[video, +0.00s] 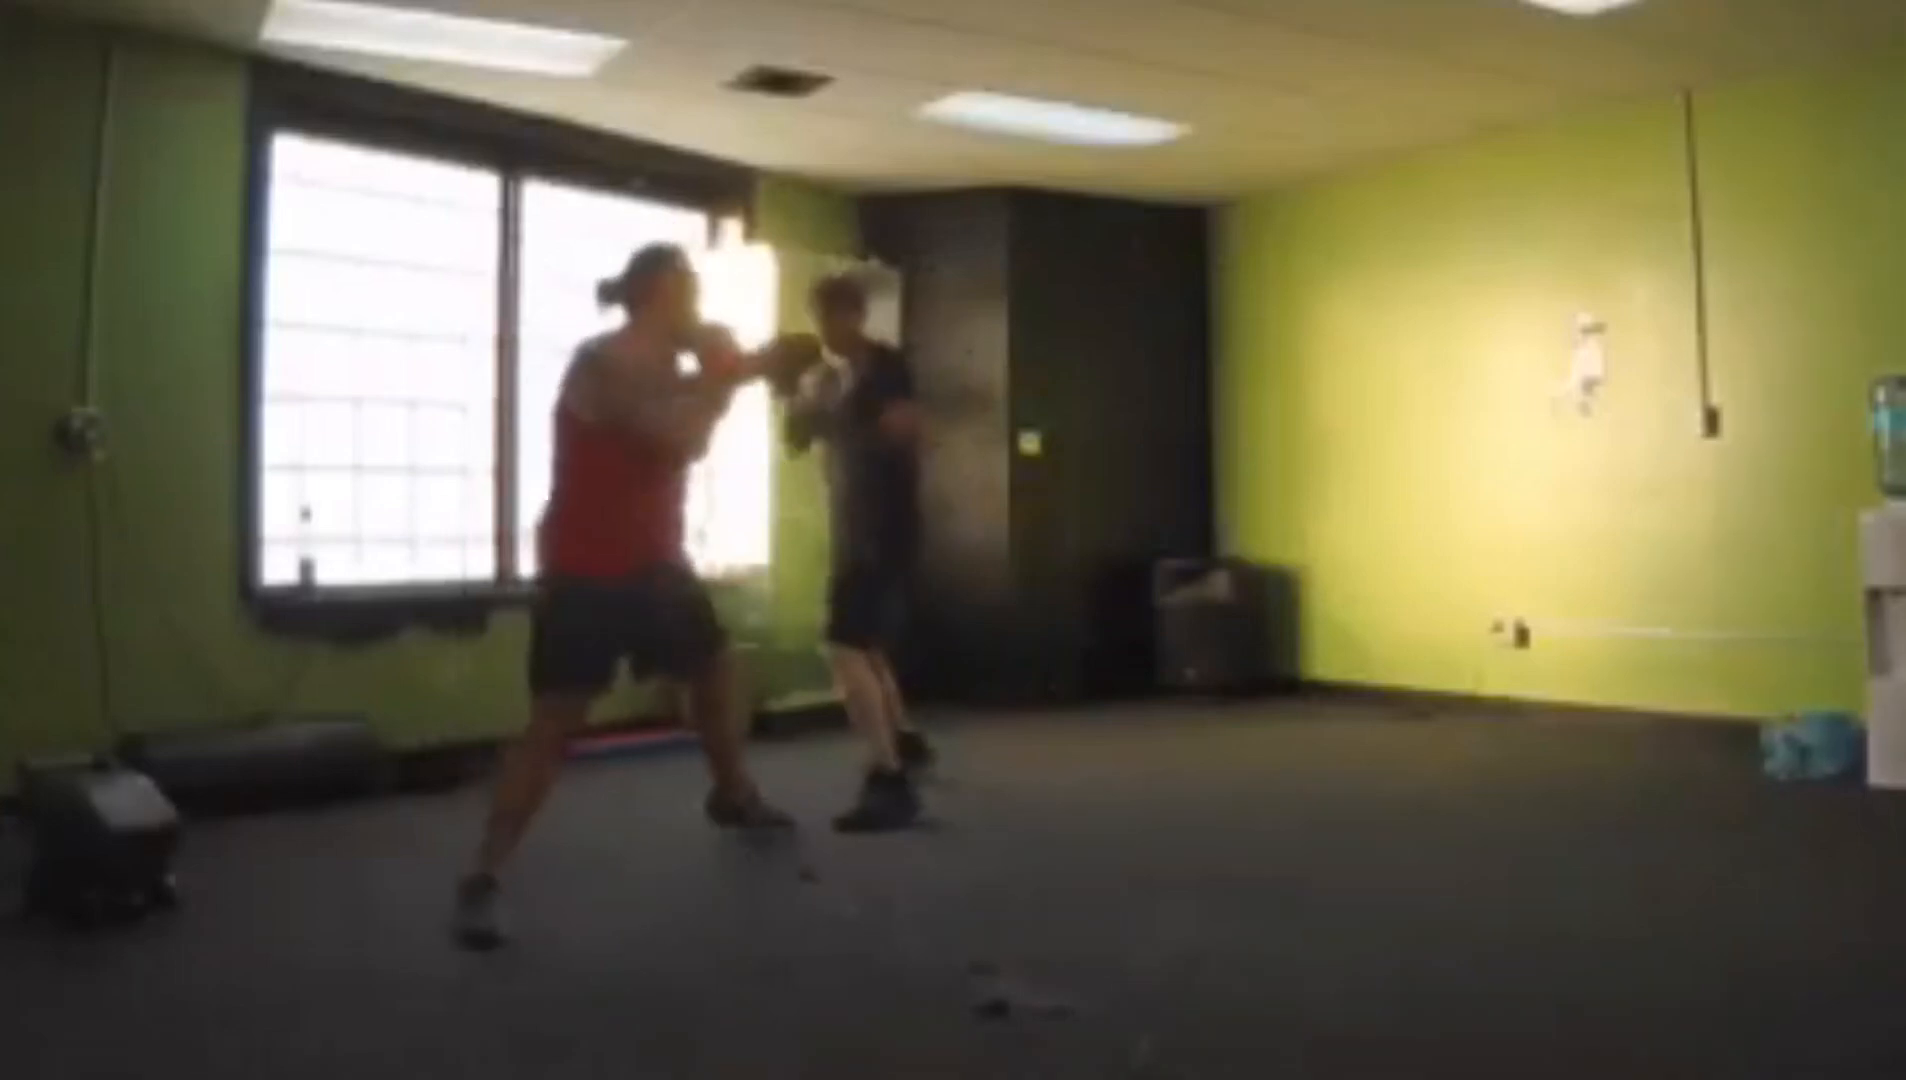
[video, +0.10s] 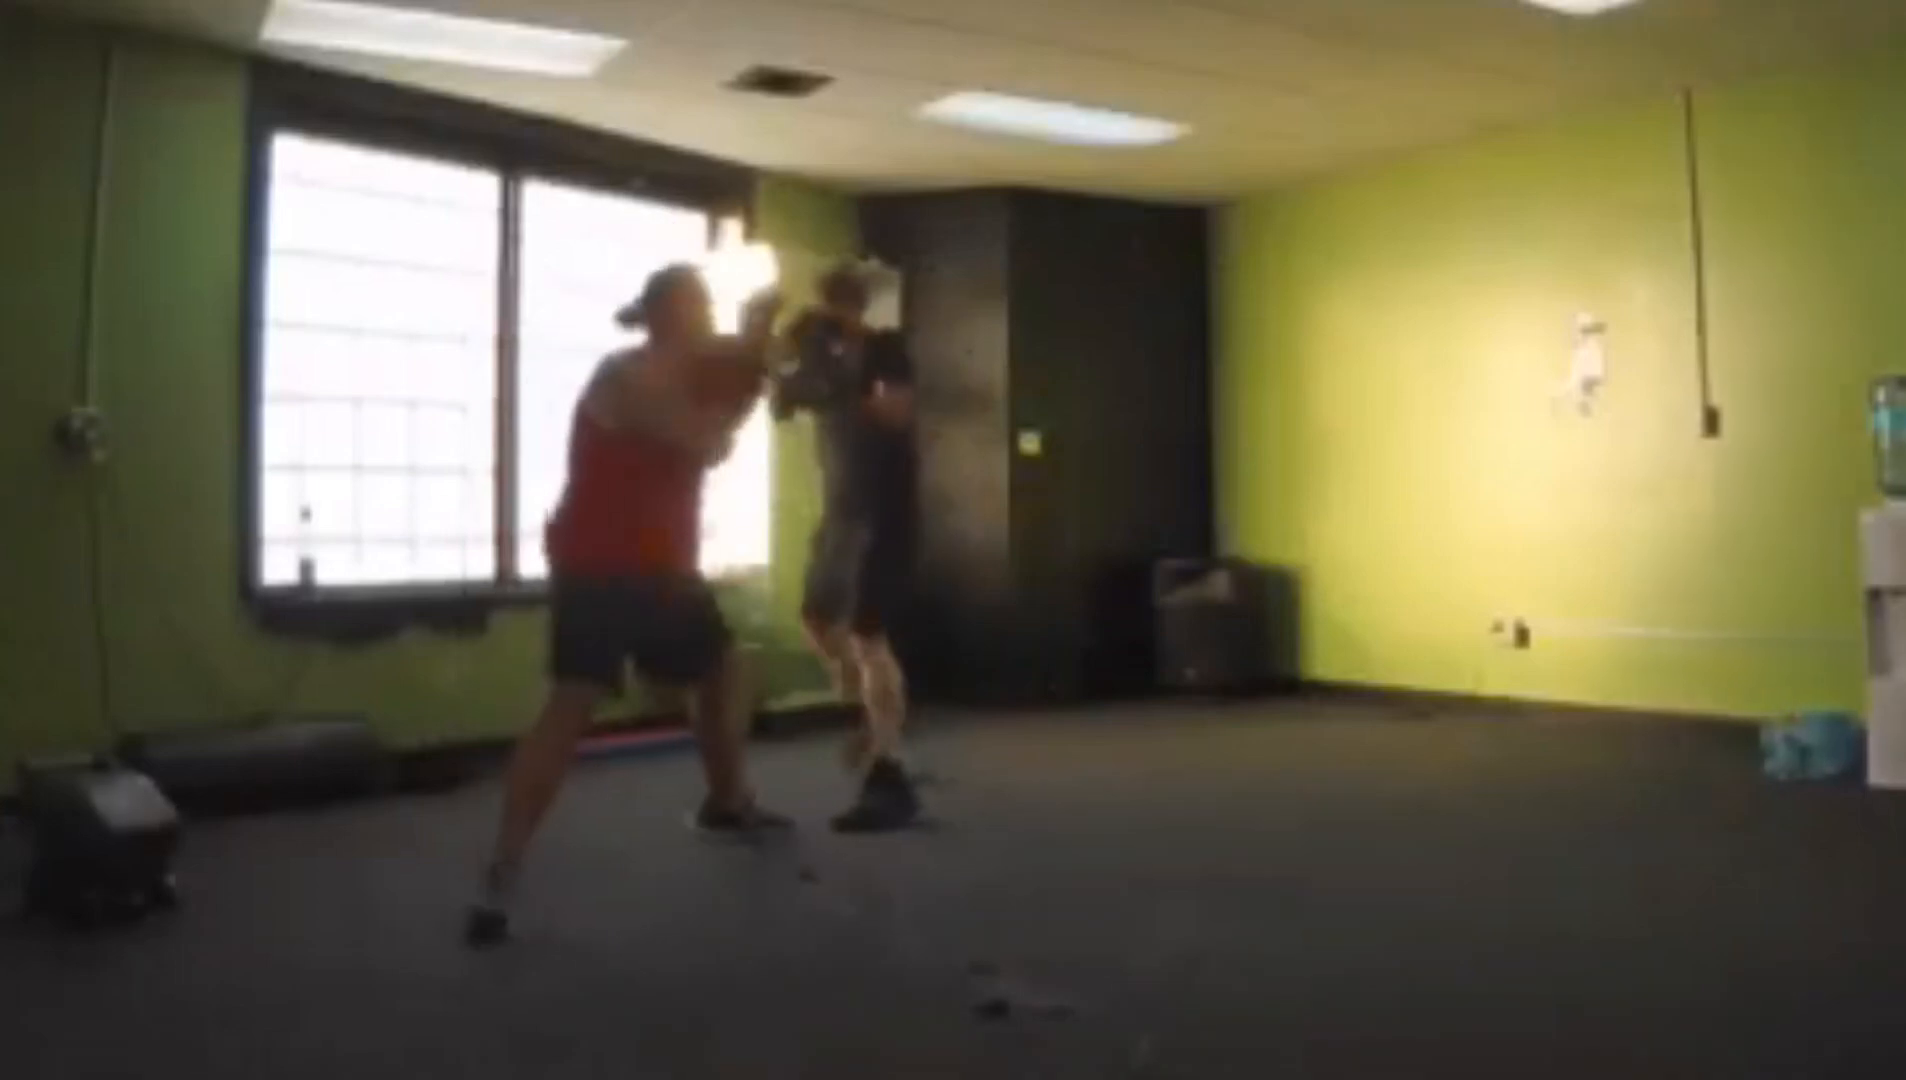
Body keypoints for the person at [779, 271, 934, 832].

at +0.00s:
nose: (831, 331)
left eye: (838, 318)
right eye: (825, 319)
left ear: (856, 316)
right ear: (820, 321)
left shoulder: (887, 367)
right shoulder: (828, 376)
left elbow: (893, 429)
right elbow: (797, 436)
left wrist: (829, 411)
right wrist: (799, 390)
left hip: (883, 529)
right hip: (854, 529)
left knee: (848, 647)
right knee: (864, 646)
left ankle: (887, 775)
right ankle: (901, 742)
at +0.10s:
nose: (833, 312)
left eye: (840, 302)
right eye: (831, 302)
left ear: (853, 303)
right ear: (830, 304)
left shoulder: (885, 350)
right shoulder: (826, 355)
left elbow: (896, 409)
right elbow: (784, 398)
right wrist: (784, 343)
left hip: (883, 506)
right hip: (842, 507)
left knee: (867, 629)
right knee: (820, 618)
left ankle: (888, 770)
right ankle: (866, 718)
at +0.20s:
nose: (838, 318)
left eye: (845, 307)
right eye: (832, 308)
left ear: (859, 308)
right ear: (823, 312)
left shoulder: (889, 356)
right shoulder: (816, 367)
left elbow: (898, 416)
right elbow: (767, 391)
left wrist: (841, 406)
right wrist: (761, 344)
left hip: (884, 512)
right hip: (835, 514)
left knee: (871, 629)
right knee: (811, 622)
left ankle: (913, 764)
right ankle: (818, 715)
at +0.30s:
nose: (841, 347)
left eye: (850, 337)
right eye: (835, 336)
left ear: (865, 339)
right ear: (826, 339)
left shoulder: (888, 392)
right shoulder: (818, 400)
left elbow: (902, 471)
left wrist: (842, 458)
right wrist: (783, 411)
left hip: (877, 539)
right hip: (829, 540)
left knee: (873, 655)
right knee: (789, 654)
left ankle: (955, 754)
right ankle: (793, 738)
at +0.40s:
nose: (855, 372)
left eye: (864, 362)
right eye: (850, 360)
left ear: (878, 365)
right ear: (841, 361)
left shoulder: (903, 418)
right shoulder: (824, 414)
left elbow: (914, 486)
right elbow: (796, 476)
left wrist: (894, 494)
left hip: (881, 564)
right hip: (831, 564)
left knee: (895, 666)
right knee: (776, 666)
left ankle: (969, 757)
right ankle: (791, 741)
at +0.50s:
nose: (892, 381)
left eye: (901, 371)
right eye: (886, 369)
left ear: (916, 373)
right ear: (874, 368)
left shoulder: (933, 420)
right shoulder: (845, 415)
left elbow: (947, 478)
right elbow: (831, 487)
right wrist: (874, 465)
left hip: (907, 562)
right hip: (851, 562)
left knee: (940, 644)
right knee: (803, 656)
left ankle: (1002, 745)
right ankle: (789, 738)